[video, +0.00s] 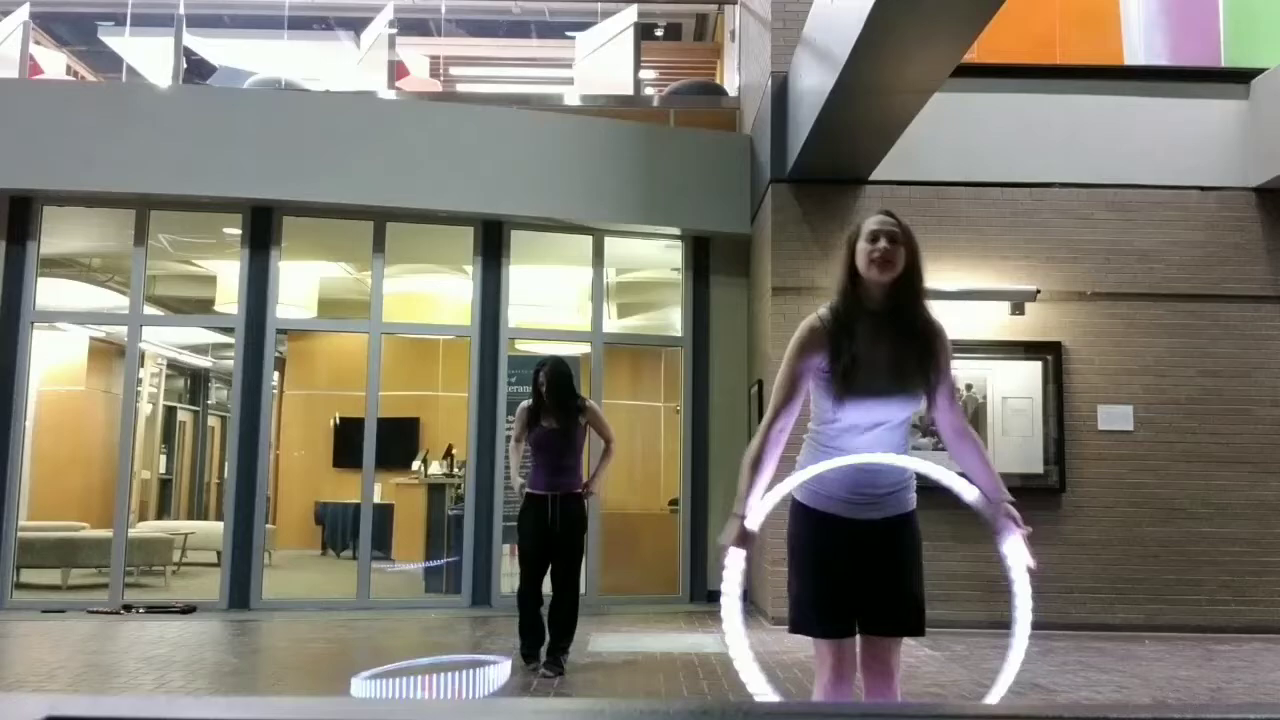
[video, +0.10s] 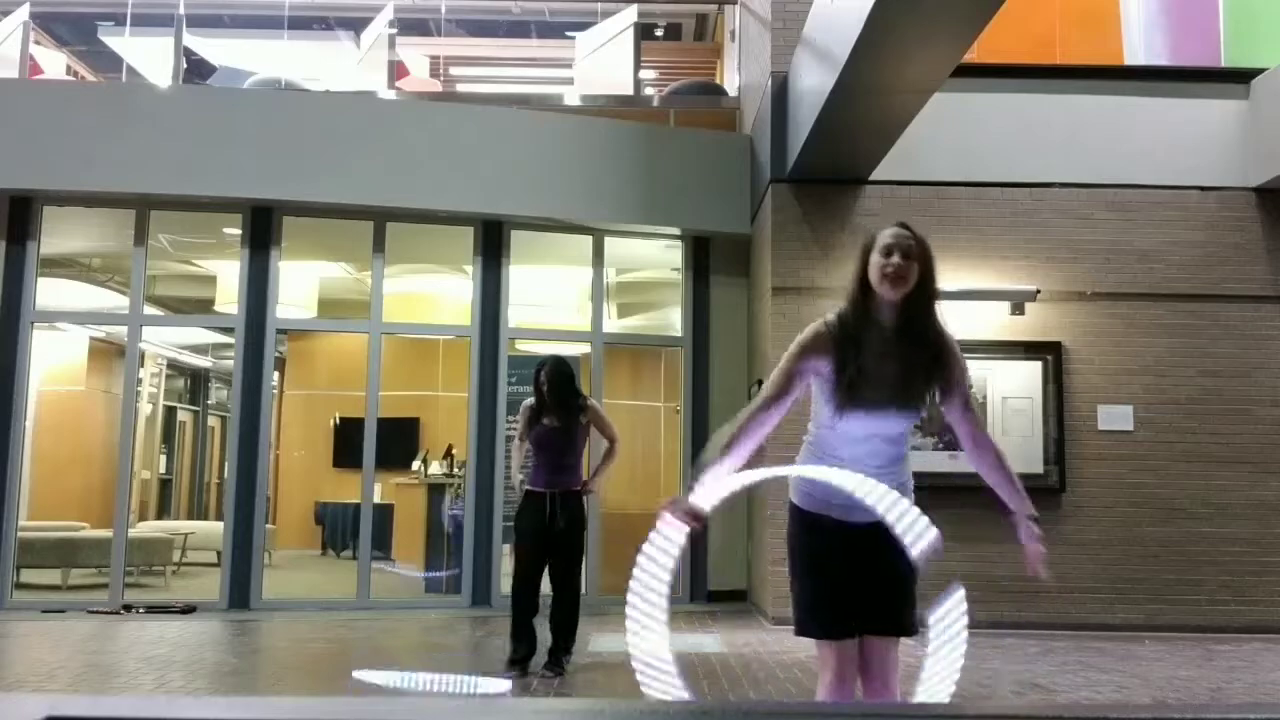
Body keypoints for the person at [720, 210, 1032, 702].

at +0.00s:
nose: (883, 246)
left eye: (894, 239)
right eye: (872, 238)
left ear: (908, 256)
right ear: (854, 253)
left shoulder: (926, 334)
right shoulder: (819, 331)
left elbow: (954, 427)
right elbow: (775, 429)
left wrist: (999, 500)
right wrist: (742, 515)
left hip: (892, 513)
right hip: (822, 512)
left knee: (882, 669)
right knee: (835, 669)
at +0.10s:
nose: (895, 261)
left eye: (907, 254)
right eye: (886, 252)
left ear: (921, 271)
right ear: (867, 266)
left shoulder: (934, 347)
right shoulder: (826, 337)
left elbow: (973, 437)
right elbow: (764, 413)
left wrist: (1022, 511)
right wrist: (703, 493)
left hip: (888, 514)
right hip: (821, 510)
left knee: (880, 671)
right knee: (839, 669)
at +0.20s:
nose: (907, 285)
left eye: (920, 277)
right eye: (897, 273)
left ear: (933, 292)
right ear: (878, 282)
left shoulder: (943, 368)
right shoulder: (831, 348)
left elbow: (992, 448)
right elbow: (743, 399)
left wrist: (1048, 522)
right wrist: (656, 447)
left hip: (887, 515)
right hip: (817, 511)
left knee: (876, 667)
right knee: (836, 665)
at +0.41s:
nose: (918, 342)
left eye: (931, 333)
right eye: (908, 329)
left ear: (944, 346)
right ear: (887, 333)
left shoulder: (947, 399)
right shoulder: (843, 377)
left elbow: (1002, 462)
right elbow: (741, 407)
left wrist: (1068, 514)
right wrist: (640, 422)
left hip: (881, 519)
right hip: (813, 514)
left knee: (871, 658)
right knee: (833, 658)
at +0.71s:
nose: (910, 394)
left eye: (922, 386)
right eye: (901, 380)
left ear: (932, 394)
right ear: (878, 378)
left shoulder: (928, 433)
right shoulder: (833, 416)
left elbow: (982, 453)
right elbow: (725, 443)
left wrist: (1025, 481)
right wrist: (636, 462)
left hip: (882, 530)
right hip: (814, 526)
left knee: (868, 662)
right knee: (833, 661)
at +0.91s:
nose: (902, 361)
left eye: (914, 353)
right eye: (894, 347)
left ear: (924, 362)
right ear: (870, 348)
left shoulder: (922, 409)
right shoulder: (834, 406)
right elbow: (736, 464)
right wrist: (656, 514)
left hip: (890, 529)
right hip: (823, 528)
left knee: (877, 669)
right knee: (843, 669)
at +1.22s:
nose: (879, 319)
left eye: (888, 309)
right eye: (868, 308)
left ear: (901, 316)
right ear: (846, 317)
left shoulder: (920, 356)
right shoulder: (826, 386)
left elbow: (1005, 369)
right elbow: (760, 479)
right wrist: (723, 544)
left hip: (884, 520)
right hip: (819, 522)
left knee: (875, 669)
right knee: (843, 669)